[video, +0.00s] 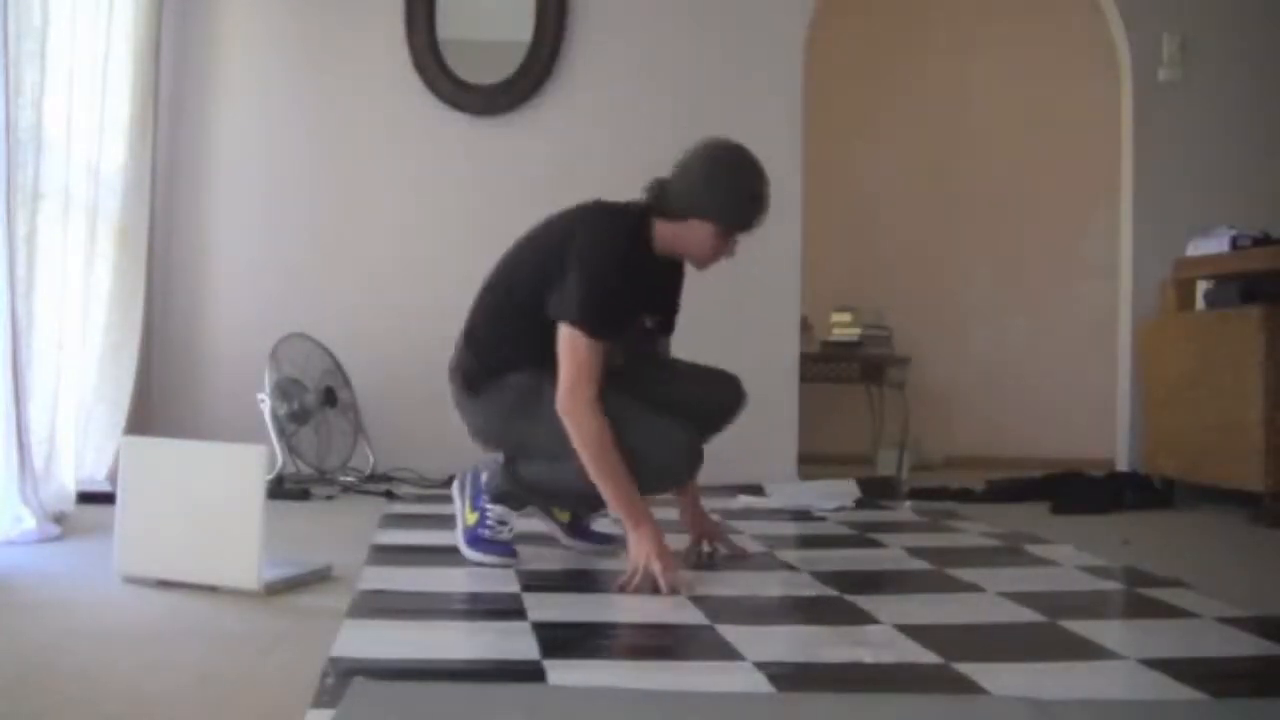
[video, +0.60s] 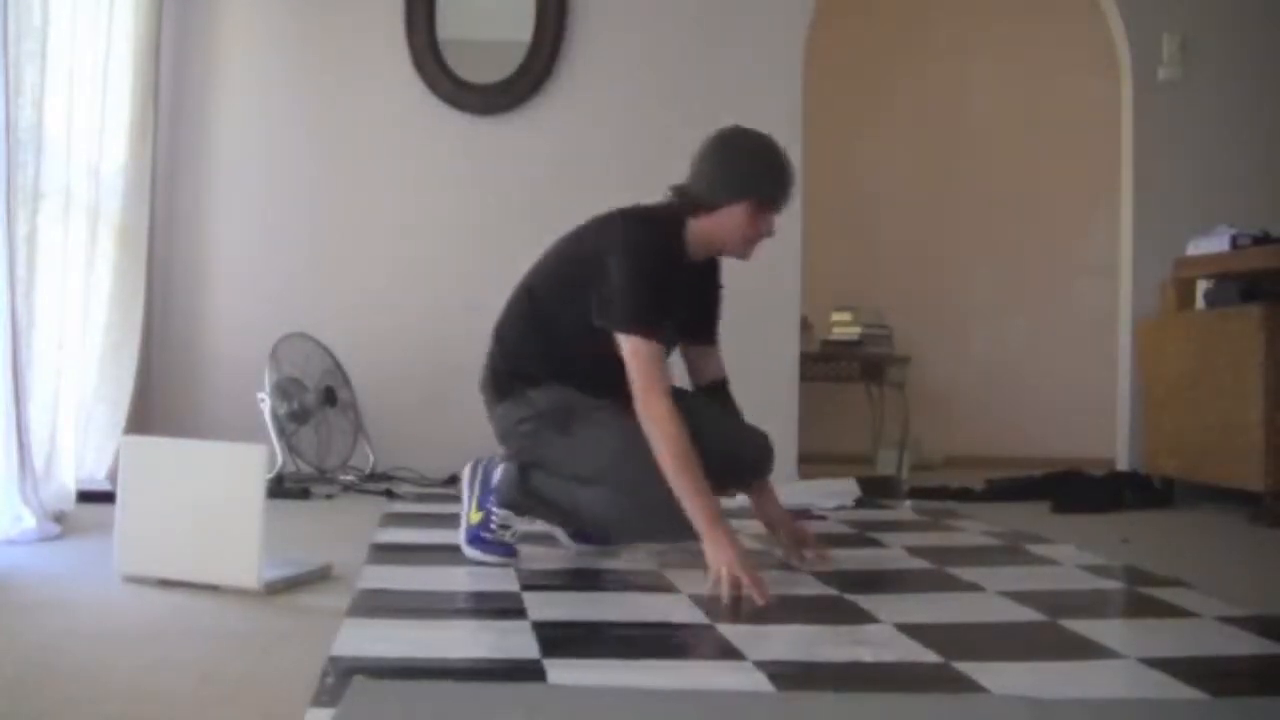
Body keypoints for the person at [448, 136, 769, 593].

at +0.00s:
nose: (730, 250)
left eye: (736, 236)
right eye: (727, 233)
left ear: (691, 213)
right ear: (695, 215)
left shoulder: (665, 262)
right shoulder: (601, 246)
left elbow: (651, 379)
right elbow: (575, 402)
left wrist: (691, 507)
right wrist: (640, 528)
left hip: (568, 379)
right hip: (498, 393)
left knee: (718, 396)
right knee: (669, 454)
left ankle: (567, 493)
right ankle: (492, 487)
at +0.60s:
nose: (769, 230)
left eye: (773, 215)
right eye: (764, 213)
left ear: (732, 206)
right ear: (731, 205)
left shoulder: (701, 262)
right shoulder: (638, 247)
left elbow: (710, 382)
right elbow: (652, 404)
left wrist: (769, 509)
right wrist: (715, 536)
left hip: (609, 401)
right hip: (535, 405)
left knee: (744, 453)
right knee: (665, 515)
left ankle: (584, 499)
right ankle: (506, 485)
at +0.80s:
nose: (833, 224)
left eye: (839, 208)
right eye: (831, 204)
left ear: (787, 190)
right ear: (796, 192)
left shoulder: (745, 257)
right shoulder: (696, 232)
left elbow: (736, 393)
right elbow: (682, 405)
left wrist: (778, 514)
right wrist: (720, 542)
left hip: (646, 408)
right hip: (575, 407)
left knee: (771, 518)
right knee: (681, 560)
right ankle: (524, 484)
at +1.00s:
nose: (895, 223)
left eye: (901, 208)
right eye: (894, 203)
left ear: (861, 191)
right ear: (858, 184)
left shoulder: (792, 248)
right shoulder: (760, 223)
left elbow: (757, 383)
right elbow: (703, 385)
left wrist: (781, 512)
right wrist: (723, 538)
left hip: (670, 390)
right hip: (600, 386)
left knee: (766, 540)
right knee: (695, 562)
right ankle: (539, 478)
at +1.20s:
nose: (945, 238)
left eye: (953, 224)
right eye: (947, 219)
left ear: (905, 196)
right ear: (913, 201)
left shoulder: (834, 235)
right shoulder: (821, 230)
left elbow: (769, 386)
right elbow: (747, 382)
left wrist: (783, 526)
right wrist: (779, 535)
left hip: (666, 373)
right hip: (630, 370)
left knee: (729, 540)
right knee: (721, 562)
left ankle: (566, 483)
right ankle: (542, 487)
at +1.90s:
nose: (914, 270)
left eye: (925, 259)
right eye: (921, 252)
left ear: (887, 220)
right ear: (894, 222)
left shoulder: (813, 254)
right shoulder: (803, 231)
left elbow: (742, 398)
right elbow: (765, 391)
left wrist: (783, 519)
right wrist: (781, 537)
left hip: (628, 374)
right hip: (596, 361)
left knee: (680, 542)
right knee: (645, 570)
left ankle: (502, 482)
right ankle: (477, 487)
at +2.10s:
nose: (858, 230)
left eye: (867, 218)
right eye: (862, 212)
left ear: (829, 193)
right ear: (832, 193)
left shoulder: (763, 244)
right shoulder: (743, 225)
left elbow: (729, 401)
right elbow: (742, 396)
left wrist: (782, 521)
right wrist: (785, 538)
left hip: (594, 385)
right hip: (560, 379)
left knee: (679, 541)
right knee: (641, 576)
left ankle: (505, 482)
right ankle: (474, 490)